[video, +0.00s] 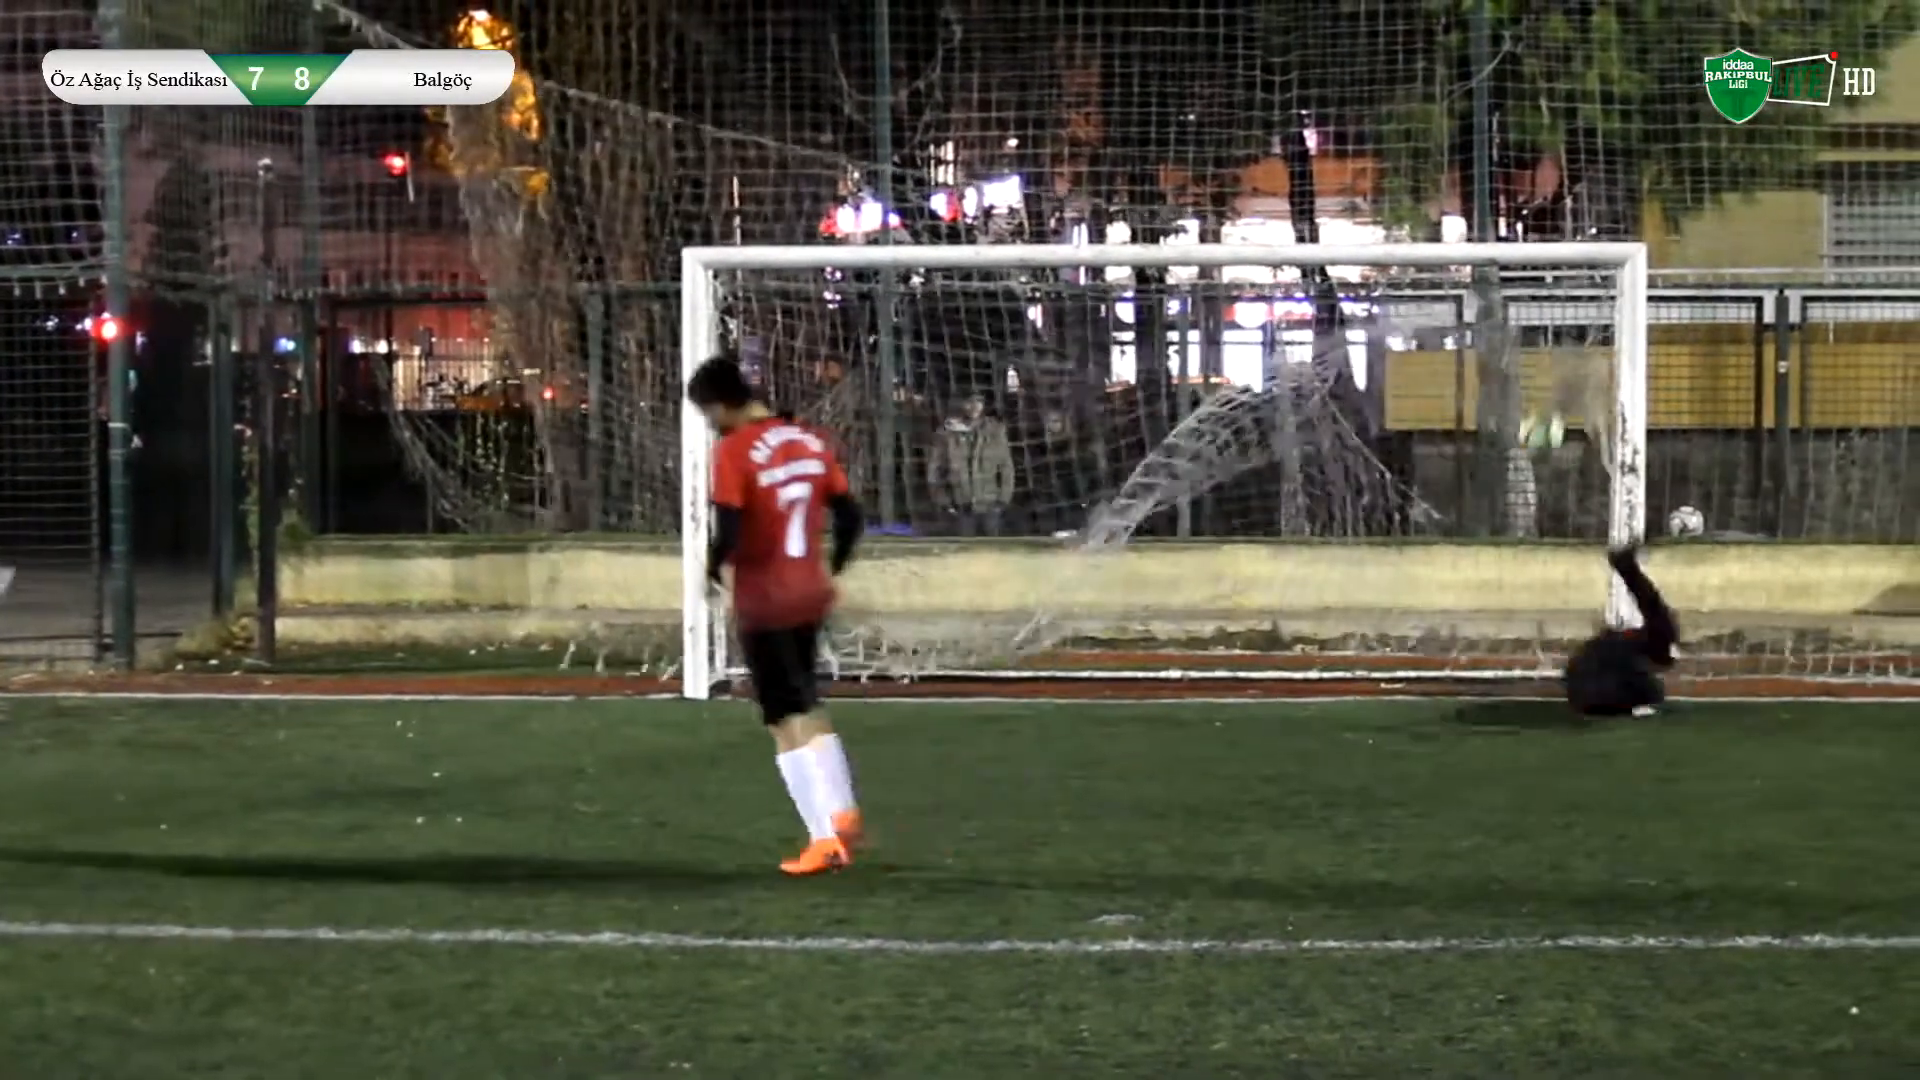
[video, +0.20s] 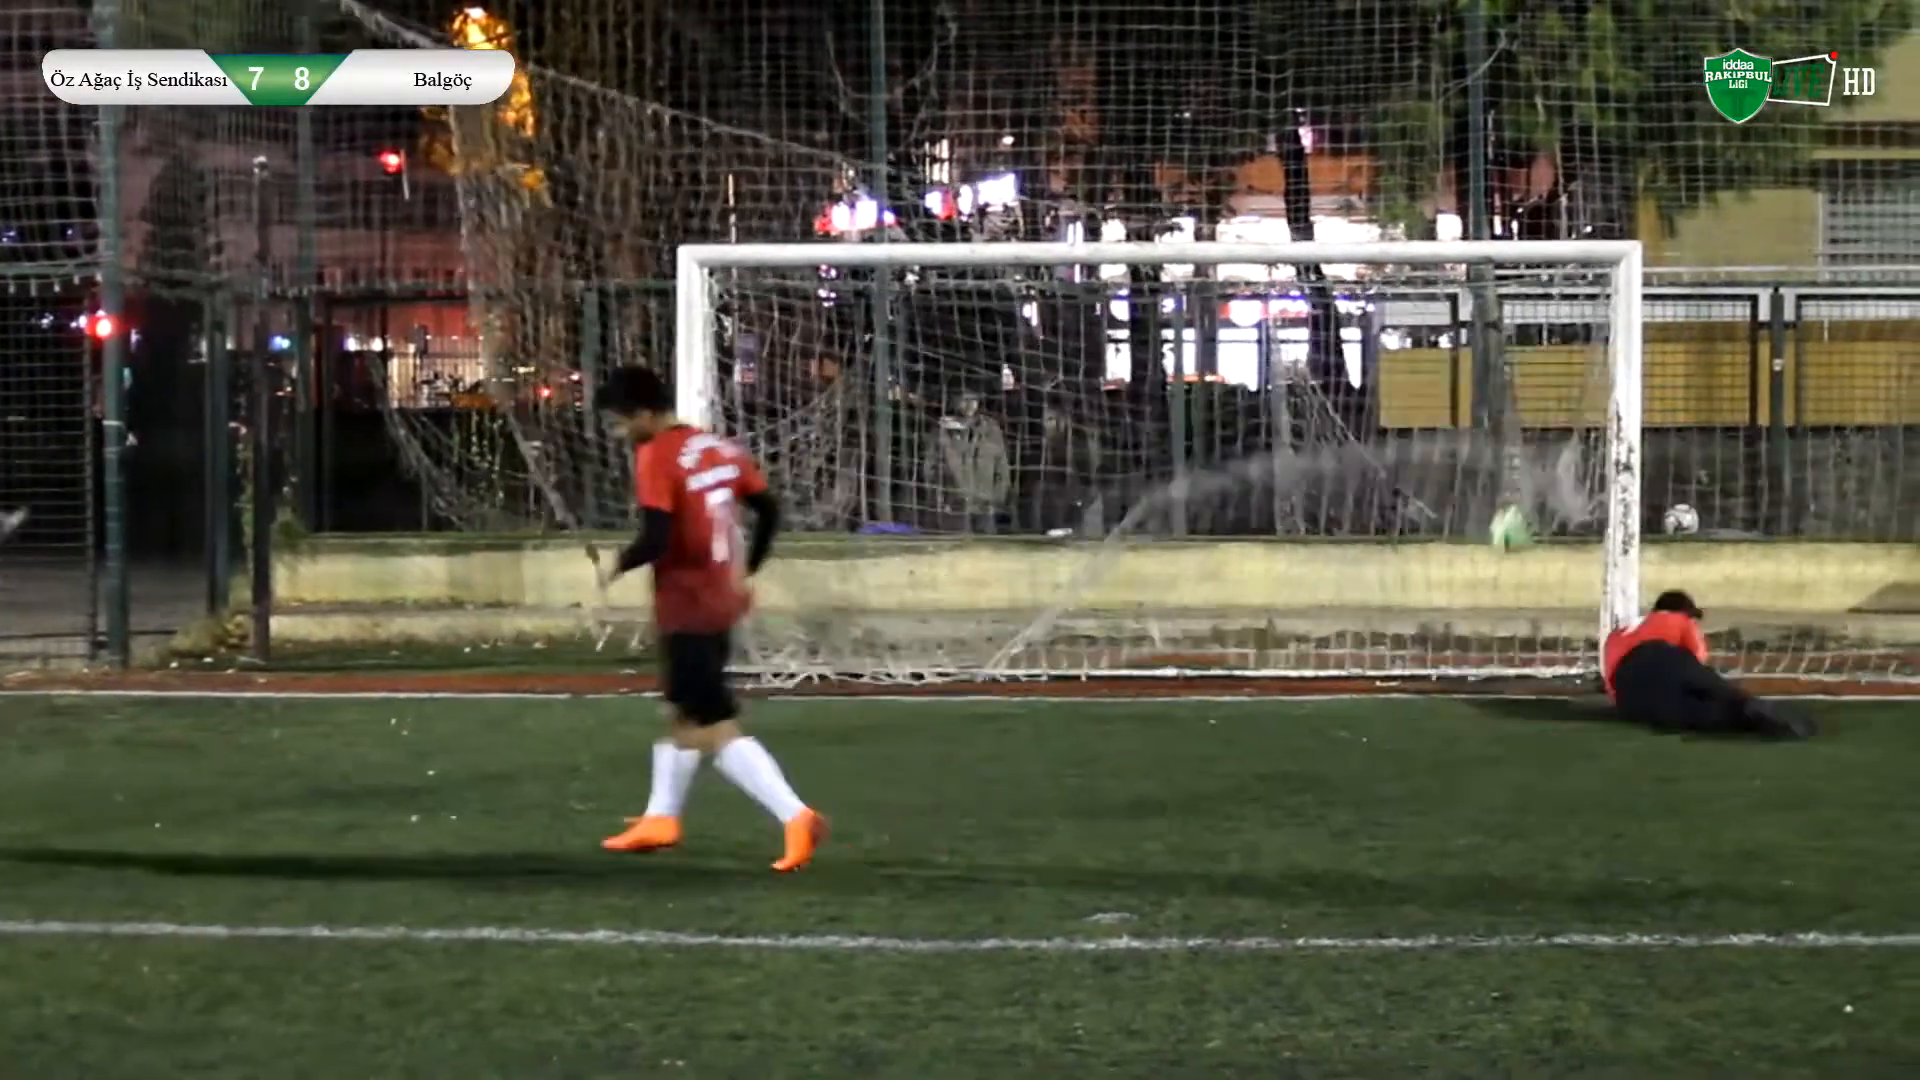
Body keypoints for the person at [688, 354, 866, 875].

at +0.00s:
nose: (709, 423)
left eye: (707, 412)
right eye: (704, 413)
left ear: (722, 404)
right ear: (749, 394)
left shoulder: (733, 450)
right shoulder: (807, 439)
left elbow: (728, 525)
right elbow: (849, 512)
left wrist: (712, 567)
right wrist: (834, 569)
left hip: (764, 603)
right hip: (811, 594)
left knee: (783, 717)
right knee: (807, 705)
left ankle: (822, 836)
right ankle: (843, 811)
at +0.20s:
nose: (618, 432)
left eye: (620, 420)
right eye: (615, 422)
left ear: (642, 412)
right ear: (659, 408)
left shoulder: (656, 456)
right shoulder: (716, 445)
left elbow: (656, 539)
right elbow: (767, 506)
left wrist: (615, 566)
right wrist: (749, 569)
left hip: (687, 609)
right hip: (721, 602)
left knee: (714, 725)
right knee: (683, 716)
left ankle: (794, 815)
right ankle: (661, 816)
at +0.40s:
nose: (665, 354)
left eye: (669, 343)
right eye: (654, 343)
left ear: (672, 351)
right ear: (628, 351)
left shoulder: (661, 411)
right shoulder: (620, 408)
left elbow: (685, 501)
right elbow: (619, 483)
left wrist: (701, 566)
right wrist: (680, 434)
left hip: (670, 571)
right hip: (638, 570)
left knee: (672, 702)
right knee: (671, 701)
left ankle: (635, 827)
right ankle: (634, 829)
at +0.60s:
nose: (635, 358)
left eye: (641, 347)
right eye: (623, 348)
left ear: (647, 355)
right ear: (595, 356)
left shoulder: (636, 416)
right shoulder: (582, 416)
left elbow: (652, 504)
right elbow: (585, 489)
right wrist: (652, 443)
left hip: (647, 575)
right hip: (607, 576)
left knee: (649, 710)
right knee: (629, 709)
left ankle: (645, 843)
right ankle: (524, 812)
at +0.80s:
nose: (597, 366)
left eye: (603, 355)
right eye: (585, 355)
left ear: (609, 361)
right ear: (559, 358)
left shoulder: (595, 418)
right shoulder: (545, 421)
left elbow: (599, 499)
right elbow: (545, 499)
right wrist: (612, 450)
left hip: (606, 580)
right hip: (565, 581)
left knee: (631, 709)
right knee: (555, 724)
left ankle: (644, 845)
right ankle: (458, 821)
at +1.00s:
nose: (550, 371)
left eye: (555, 360)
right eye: (538, 360)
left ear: (557, 366)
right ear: (508, 366)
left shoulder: (544, 428)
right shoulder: (497, 428)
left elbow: (540, 502)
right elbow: (493, 501)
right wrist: (570, 465)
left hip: (549, 586)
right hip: (510, 587)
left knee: (585, 712)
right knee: (497, 726)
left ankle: (628, 842)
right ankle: (432, 844)